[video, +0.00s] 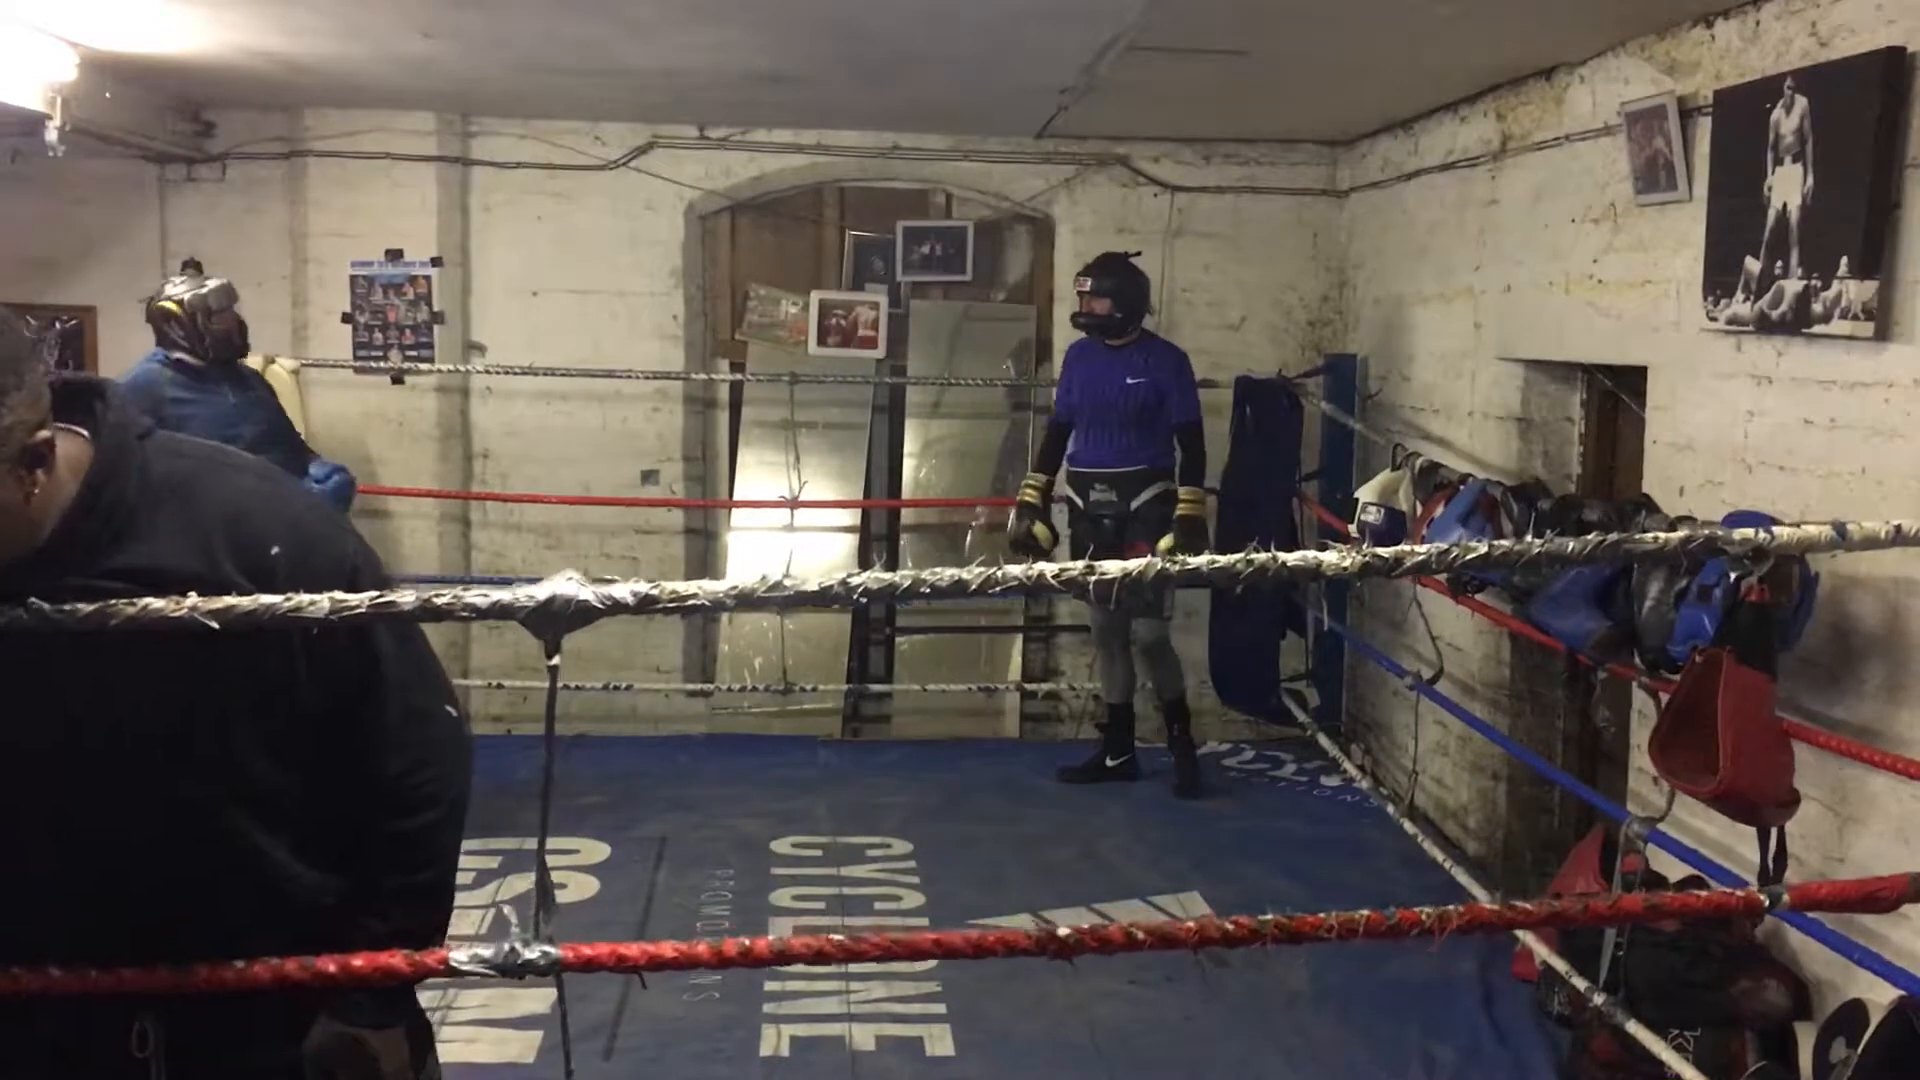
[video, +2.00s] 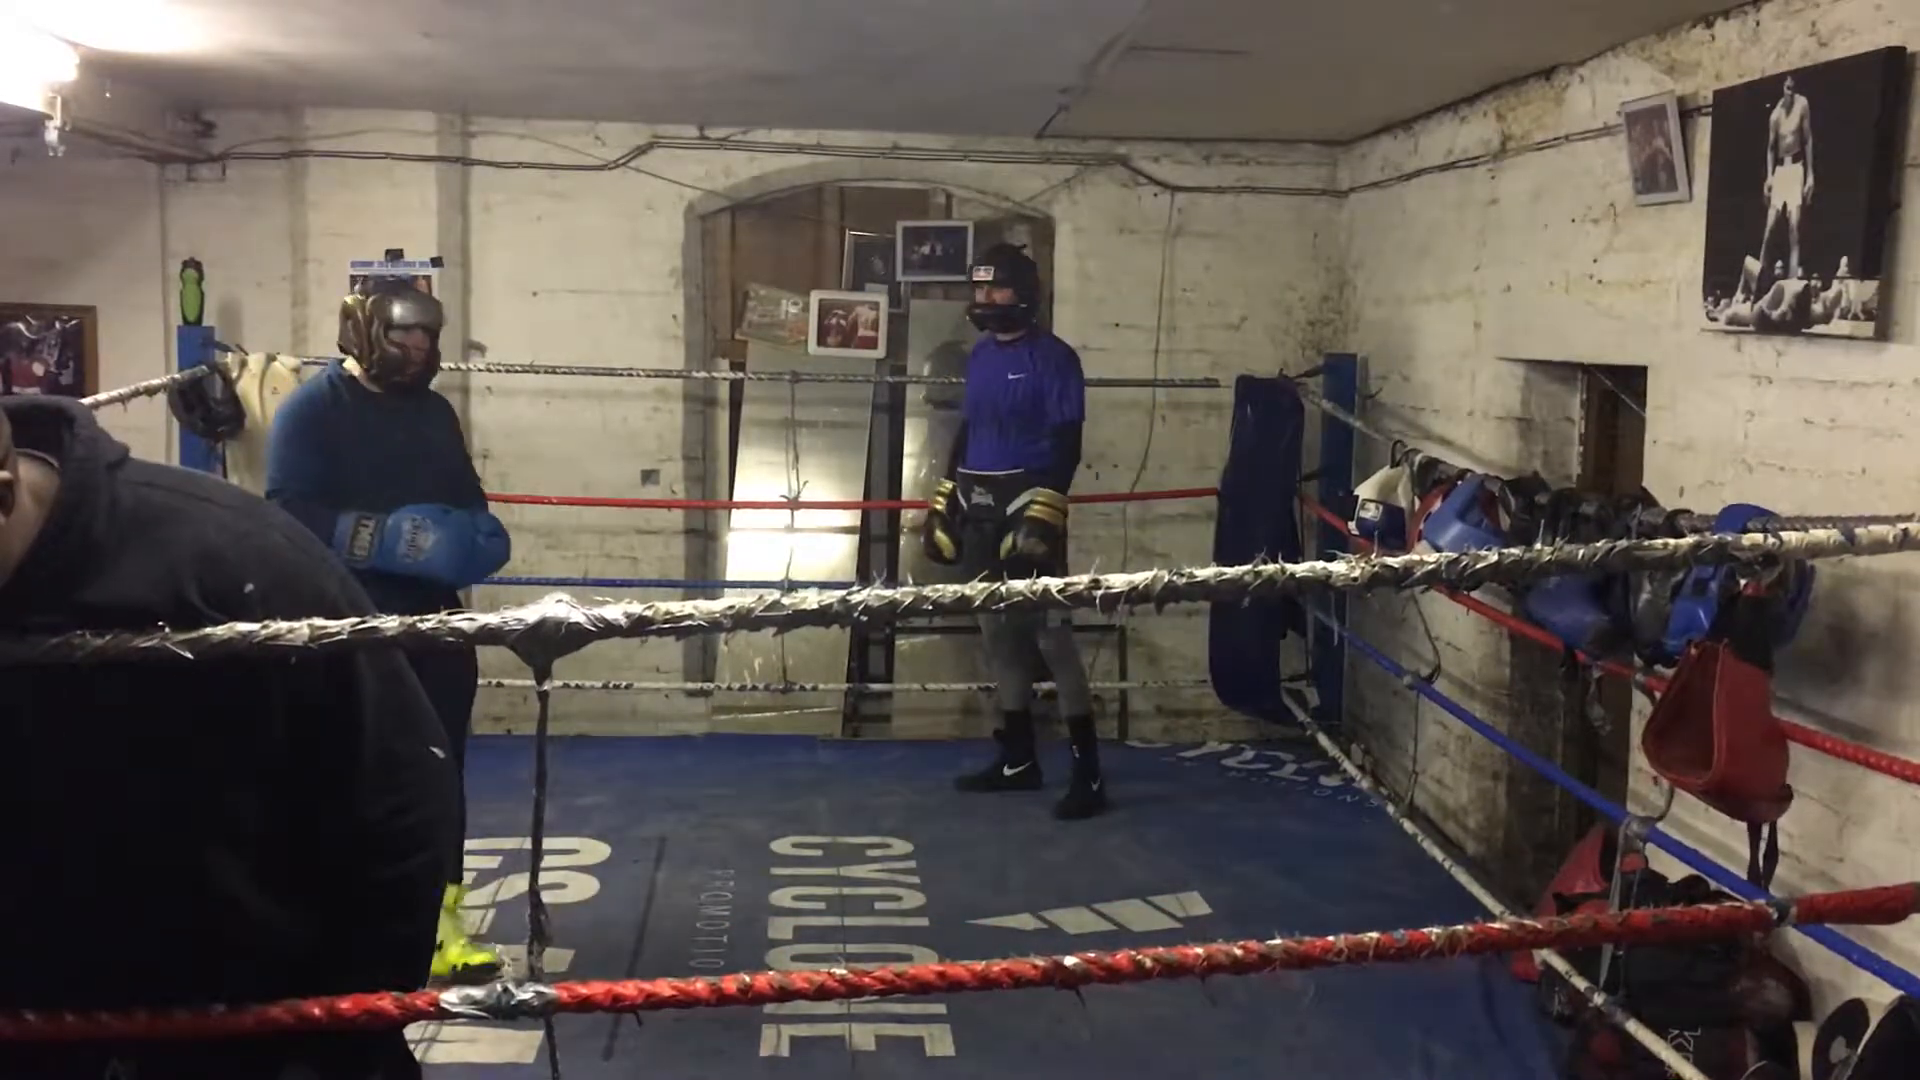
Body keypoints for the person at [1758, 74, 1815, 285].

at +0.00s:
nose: (1789, 93)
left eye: (1792, 90)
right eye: (1787, 89)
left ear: (1797, 90)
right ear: (1783, 89)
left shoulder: (1802, 105)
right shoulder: (1775, 115)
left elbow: (1809, 139)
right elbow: (1771, 146)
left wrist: (1810, 175)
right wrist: (1769, 175)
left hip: (1797, 163)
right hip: (1779, 164)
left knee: (1794, 218)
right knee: (1771, 218)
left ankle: (1794, 268)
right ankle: (1762, 266)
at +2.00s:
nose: (1788, 93)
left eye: (1791, 89)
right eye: (1787, 89)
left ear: (1796, 90)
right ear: (1782, 89)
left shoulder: (1801, 104)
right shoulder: (1775, 115)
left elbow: (1808, 139)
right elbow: (1770, 146)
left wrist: (1810, 174)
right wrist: (1769, 175)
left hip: (1797, 163)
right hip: (1780, 164)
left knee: (1794, 221)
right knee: (1771, 222)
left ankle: (1794, 270)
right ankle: (1761, 269)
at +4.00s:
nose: (1788, 92)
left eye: (1791, 89)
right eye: (1787, 88)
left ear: (1795, 90)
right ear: (1783, 89)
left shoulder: (1801, 105)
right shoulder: (1775, 115)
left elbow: (1808, 139)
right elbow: (1771, 146)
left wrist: (1810, 174)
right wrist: (1769, 176)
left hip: (1797, 164)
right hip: (1779, 165)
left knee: (1794, 220)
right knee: (1771, 221)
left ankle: (1794, 269)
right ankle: (1762, 269)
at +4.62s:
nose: (1789, 93)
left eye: (1792, 89)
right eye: (1787, 89)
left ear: (1796, 90)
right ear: (1782, 89)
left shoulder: (1801, 105)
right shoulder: (1775, 114)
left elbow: (1809, 139)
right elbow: (1771, 146)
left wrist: (1810, 174)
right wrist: (1769, 176)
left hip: (1797, 164)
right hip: (1780, 165)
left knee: (1794, 220)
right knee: (1771, 220)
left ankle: (1794, 268)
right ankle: (1762, 267)